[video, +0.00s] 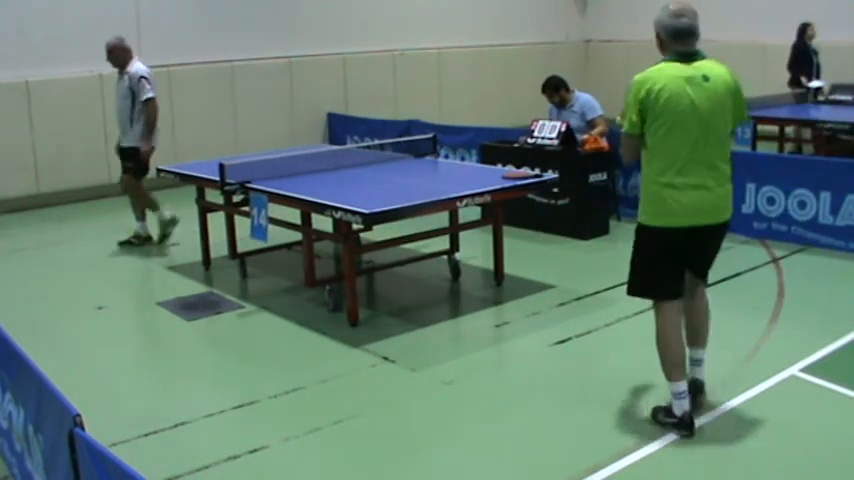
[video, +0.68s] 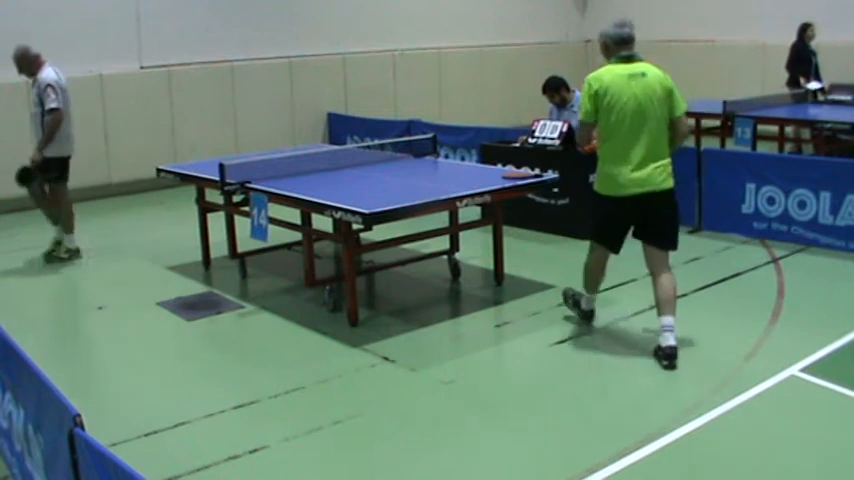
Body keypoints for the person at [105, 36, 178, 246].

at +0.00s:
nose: (109, 60)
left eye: (111, 55)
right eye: (108, 56)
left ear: (124, 52)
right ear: (116, 54)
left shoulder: (138, 73)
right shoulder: (123, 75)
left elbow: (151, 105)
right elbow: (127, 110)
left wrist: (147, 141)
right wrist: (121, 139)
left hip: (138, 143)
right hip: (126, 142)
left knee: (130, 183)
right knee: (132, 186)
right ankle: (142, 229)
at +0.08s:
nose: (101, 64)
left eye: (102, 59)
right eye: (99, 60)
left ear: (114, 54)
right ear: (111, 55)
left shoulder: (129, 74)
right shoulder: (115, 75)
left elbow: (143, 106)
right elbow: (114, 111)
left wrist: (140, 141)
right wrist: (106, 137)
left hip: (128, 142)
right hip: (119, 142)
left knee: (113, 184)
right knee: (130, 186)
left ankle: (136, 229)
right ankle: (140, 231)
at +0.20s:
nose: (86, 68)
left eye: (87, 63)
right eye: (84, 64)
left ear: (98, 57)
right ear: (97, 58)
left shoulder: (114, 78)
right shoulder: (100, 78)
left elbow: (129, 111)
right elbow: (99, 113)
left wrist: (127, 146)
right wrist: (86, 136)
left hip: (114, 147)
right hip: (109, 146)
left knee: (98, 189)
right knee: (126, 189)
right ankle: (141, 232)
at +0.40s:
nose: (57, 74)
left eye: (57, 69)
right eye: (55, 70)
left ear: (68, 64)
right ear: (71, 62)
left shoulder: (84, 82)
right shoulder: (75, 81)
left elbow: (98, 117)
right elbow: (78, 116)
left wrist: (99, 155)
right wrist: (69, 141)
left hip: (83, 152)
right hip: (82, 151)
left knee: (73, 196)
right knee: (101, 191)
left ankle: (72, 245)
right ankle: (133, 225)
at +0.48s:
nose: (45, 74)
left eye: (45, 69)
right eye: (43, 69)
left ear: (55, 63)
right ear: (59, 60)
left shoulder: (72, 82)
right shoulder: (68, 79)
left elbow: (85, 117)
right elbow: (78, 117)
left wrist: (83, 154)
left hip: (73, 152)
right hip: (72, 151)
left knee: (67, 195)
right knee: (83, 193)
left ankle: (71, 245)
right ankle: (117, 219)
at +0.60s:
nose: (30, 73)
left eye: (30, 67)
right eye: (28, 68)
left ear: (40, 61)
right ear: (41, 60)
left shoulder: (56, 80)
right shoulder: (54, 77)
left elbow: (65, 116)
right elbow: (63, 115)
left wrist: (57, 151)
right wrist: (54, 146)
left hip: (64, 151)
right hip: (58, 149)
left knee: (62, 194)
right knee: (50, 190)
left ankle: (71, 244)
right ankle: (86, 223)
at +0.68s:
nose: (21, 74)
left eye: (21, 69)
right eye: (19, 69)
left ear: (30, 62)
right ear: (35, 58)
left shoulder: (47, 80)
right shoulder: (46, 77)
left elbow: (56, 115)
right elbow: (52, 116)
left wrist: (39, 150)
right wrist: (40, 148)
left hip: (57, 151)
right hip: (51, 151)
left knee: (59, 195)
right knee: (38, 192)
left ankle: (70, 244)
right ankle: (61, 236)